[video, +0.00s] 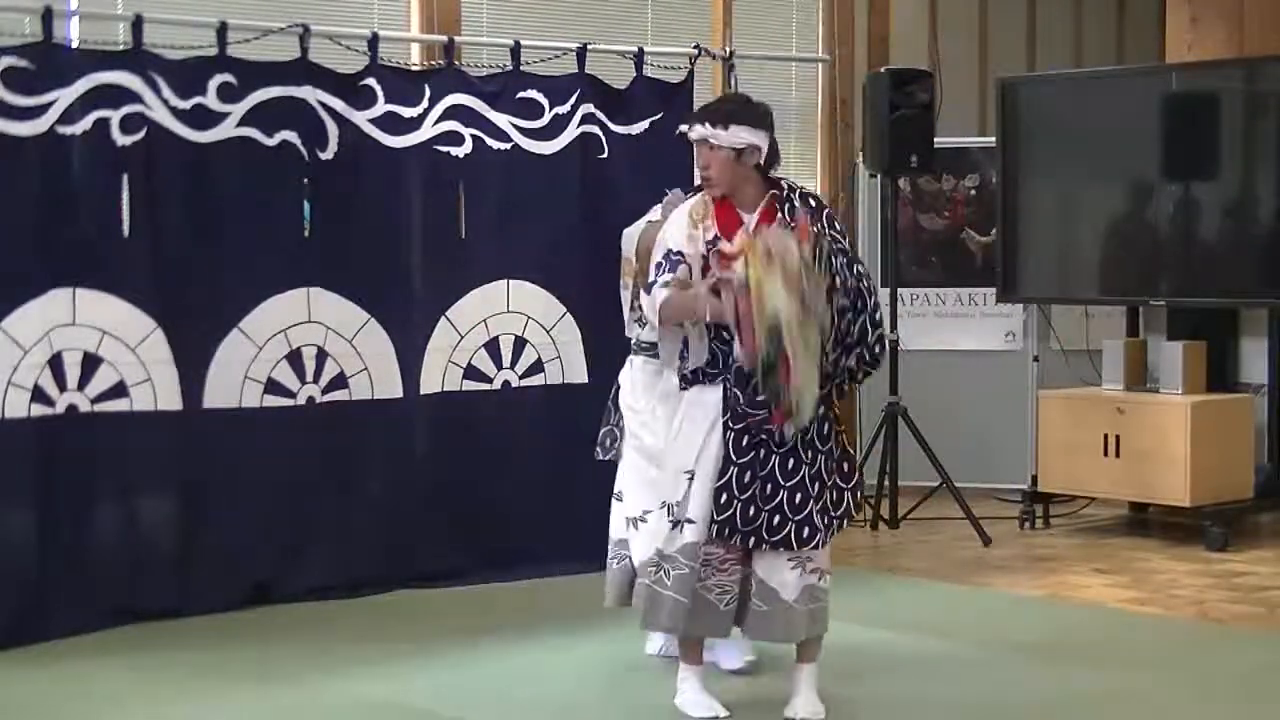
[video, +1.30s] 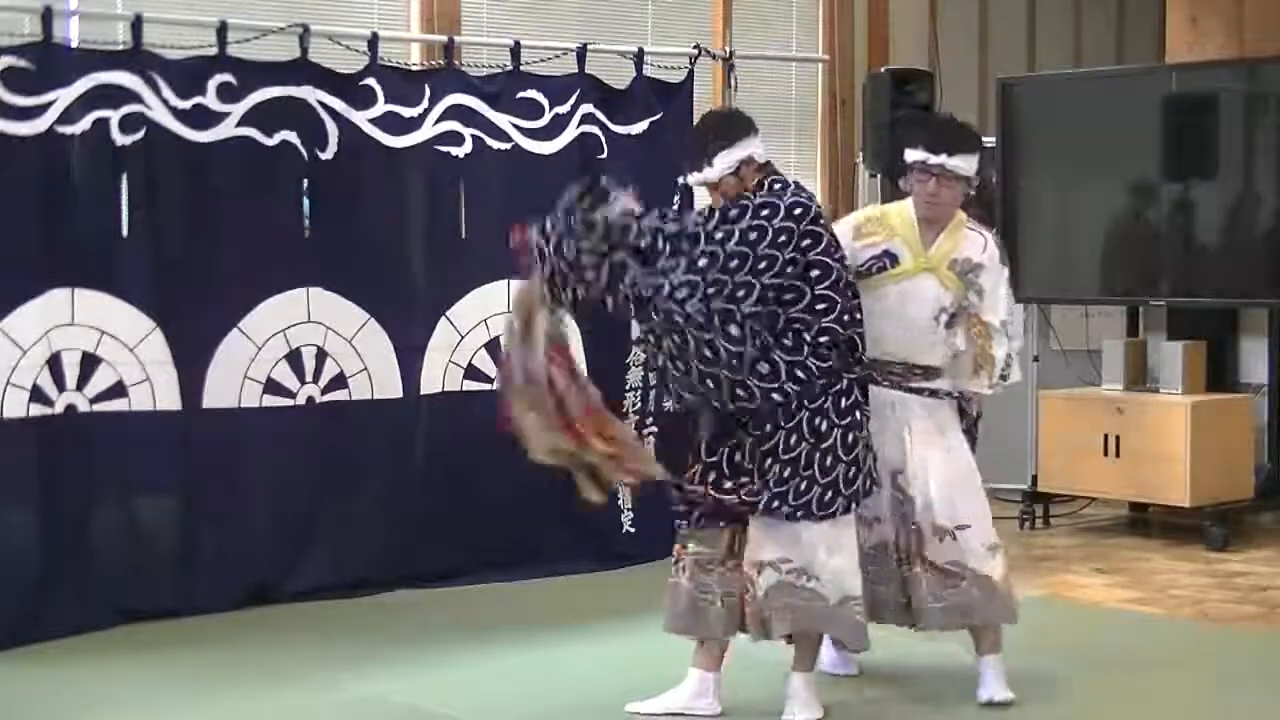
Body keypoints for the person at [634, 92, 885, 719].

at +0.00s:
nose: (699, 162)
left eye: (709, 151)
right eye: (698, 150)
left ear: (748, 155)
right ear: (710, 154)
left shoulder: (809, 217)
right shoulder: (689, 220)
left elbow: (854, 307)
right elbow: (657, 305)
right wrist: (714, 303)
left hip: (798, 398)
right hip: (716, 397)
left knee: (805, 540)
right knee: (711, 539)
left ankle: (806, 682)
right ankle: (691, 674)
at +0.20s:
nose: (704, 168)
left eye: (713, 158)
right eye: (705, 157)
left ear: (751, 167)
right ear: (737, 165)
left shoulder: (814, 234)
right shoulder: (704, 234)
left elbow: (848, 338)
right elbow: (666, 317)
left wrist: (798, 388)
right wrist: (700, 343)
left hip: (808, 412)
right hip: (726, 408)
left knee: (816, 542)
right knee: (717, 536)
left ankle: (808, 684)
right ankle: (694, 670)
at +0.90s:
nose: (699, 175)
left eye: (708, 164)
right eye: (698, 162)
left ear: (746, 170)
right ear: (730, 169)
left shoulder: (798, 237)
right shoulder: (729, 235)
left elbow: (806, 355)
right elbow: (716, 334)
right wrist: (695, 399)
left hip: (799, 429)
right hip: (749, 421)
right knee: (733, 551)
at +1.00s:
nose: (702, 181)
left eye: (711, 169)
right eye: (698, 169)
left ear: (749, 168)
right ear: (714, 170)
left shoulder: (790, 232)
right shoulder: (733, 232)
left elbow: (790, 348)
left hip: (788, 427)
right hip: (745, 421)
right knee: (761, 553)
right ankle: (807, 692)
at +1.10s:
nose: (709, 186)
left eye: (717, 172)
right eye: (704, 174)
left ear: (752, 165)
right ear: (719, 169)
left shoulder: (789, 221)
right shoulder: (744, 226)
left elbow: (771, 331)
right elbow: (718, 302)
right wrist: (670, 334)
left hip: (814, 418)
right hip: (754, 415)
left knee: (805, 549)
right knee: (722, 538)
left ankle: (803, 687)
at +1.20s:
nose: (715, 193)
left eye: (722, 179)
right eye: (709, 182)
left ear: (754, 166)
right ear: (714, 171)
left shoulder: (787, 219)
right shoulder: (757, 218)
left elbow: (747, 312)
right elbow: (716, 270)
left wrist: (667, 306)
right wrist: (657, 287)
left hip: (811, 419)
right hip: (750, 414)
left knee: (805, 550)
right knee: (714, 536)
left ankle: (804, 686)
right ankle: (702, 683)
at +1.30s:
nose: (711, 193)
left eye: (715, 179)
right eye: (706, 183)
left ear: (745, 164)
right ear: (741, 166)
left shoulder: (786, 210)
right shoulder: (727, 218)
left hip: (804, 414)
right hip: (733, 410)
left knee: (800, 547)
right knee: (714, 541)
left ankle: (801, 688)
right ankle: (702, 683)